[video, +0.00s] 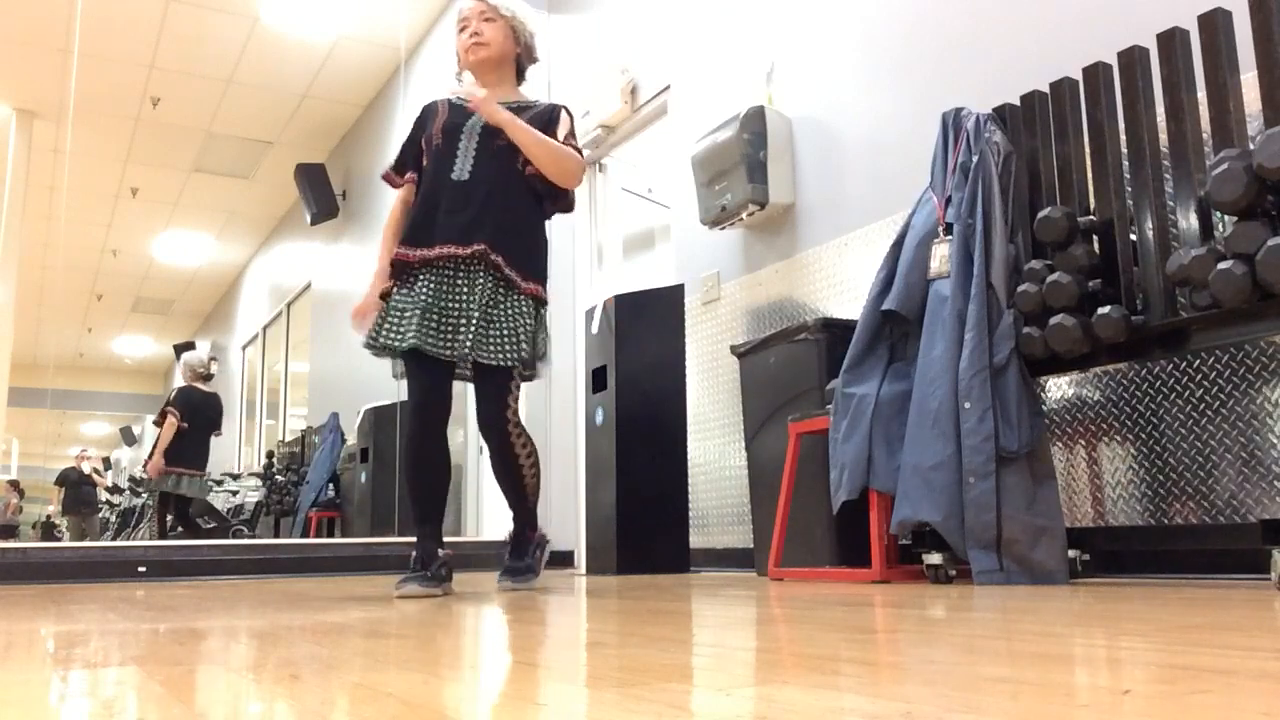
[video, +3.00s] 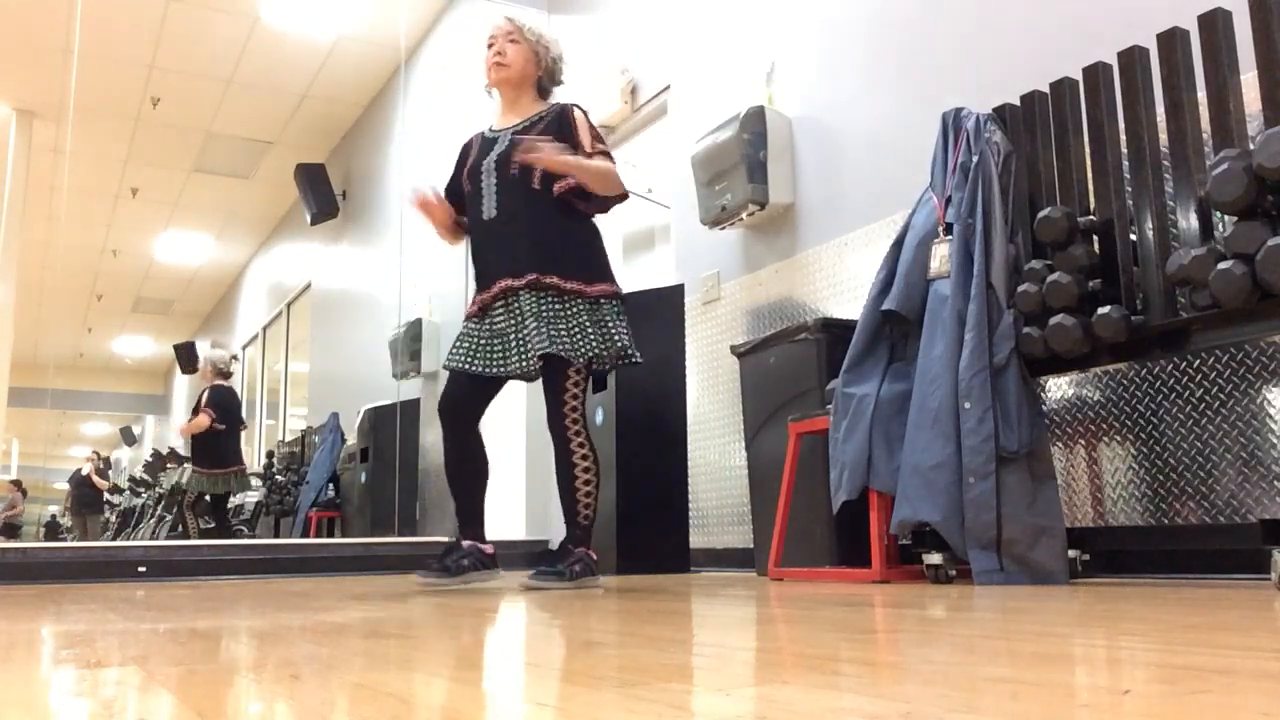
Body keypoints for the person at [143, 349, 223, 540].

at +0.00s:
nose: (181, 372)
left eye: (182, 369)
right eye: (181, 369)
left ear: (188, 371)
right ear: (204, 371)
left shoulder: (182, 393)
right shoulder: (214, 398)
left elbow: (171, 423)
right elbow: (216, 432)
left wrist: (158, 454)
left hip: (171, 467)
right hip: (195, 470)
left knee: (160, 512)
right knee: (182, 514)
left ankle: (160, 554)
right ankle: (204, 545)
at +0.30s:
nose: (184, 373)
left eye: (186, 369)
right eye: (184, 369)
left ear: (194, 371)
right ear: (206, 370)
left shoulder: (192, 394)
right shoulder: (217, 395)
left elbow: (173, 422)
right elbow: (218, 431)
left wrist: (158, 421)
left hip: (184, 467)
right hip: (210, 467)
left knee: (169, 508)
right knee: (201, 513)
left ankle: (162, 550)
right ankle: (204, 554)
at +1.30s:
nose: (182, 369)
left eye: (184, 365)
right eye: (182, 365)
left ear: (193, 367)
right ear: (205, 368)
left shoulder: (193, 390)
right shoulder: (211, 392)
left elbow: (185, 419)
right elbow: (214, 430)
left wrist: (164, 435)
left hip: (185, 463)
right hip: (202, 463)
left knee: (177, 509)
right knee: (177, 507)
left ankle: (192, 552)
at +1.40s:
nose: (178, 364)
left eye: (181, 361)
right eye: (180, 360)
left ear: (189, 365)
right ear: (200, 367)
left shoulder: (189, 388)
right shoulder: (207, 392)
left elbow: (185, 419)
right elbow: (218, 430)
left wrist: (161, 439)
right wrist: (224, 462)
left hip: (180, 463)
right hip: (197, 464)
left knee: (180, 512)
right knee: (166, 511)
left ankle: (193, 556)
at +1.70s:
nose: (174, 367)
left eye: (176, 364)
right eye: (175, 363)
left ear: (183, 368)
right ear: (197, 370)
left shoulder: (181, 392)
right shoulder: (201, 395)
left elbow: (173, 424)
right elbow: (207, 433)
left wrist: (150, 439)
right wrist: (200, 461)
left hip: (167, 467)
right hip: (188, 469)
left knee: (162, 516)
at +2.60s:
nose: (193, 369)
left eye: (195, 364)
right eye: (194, 364)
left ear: (202, 368)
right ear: (217, 368)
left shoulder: (201, 392)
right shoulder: (225, 391)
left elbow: (189, 427)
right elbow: (235, 427)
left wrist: (170, 440)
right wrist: (234, 456)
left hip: (199, 466)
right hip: (222, 465)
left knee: (189, 510)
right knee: (216, 511)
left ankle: (197, 554)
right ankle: (228, 553)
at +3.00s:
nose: (201, 370)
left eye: (203, 366)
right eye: (202, 366)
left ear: (210, 369)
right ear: (225, 370)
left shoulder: (212, 392)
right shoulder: (232, 393)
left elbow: (203, 421)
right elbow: (241, 426)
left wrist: (187, 429)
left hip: (208, 467)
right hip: (229, 466)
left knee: (187, 505)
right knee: (220, 510)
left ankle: (196, 548)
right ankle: (227, 551)